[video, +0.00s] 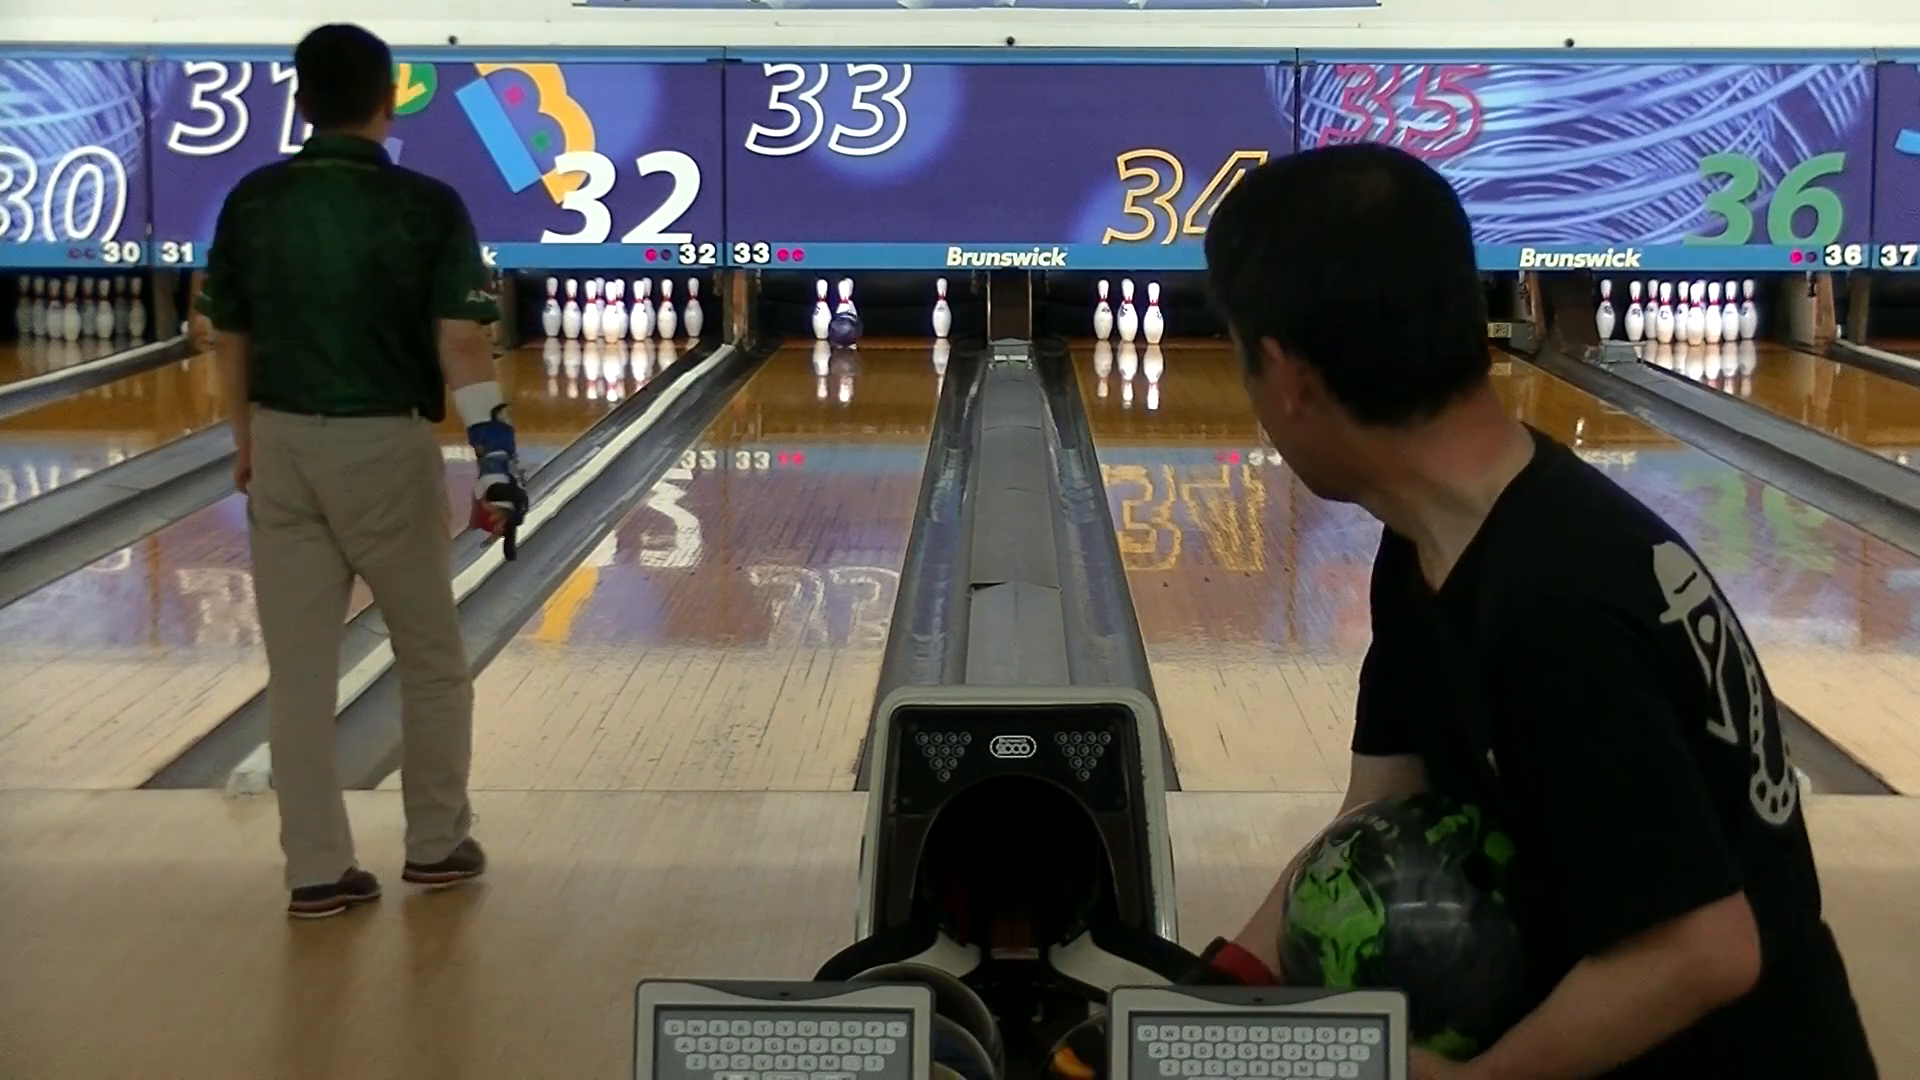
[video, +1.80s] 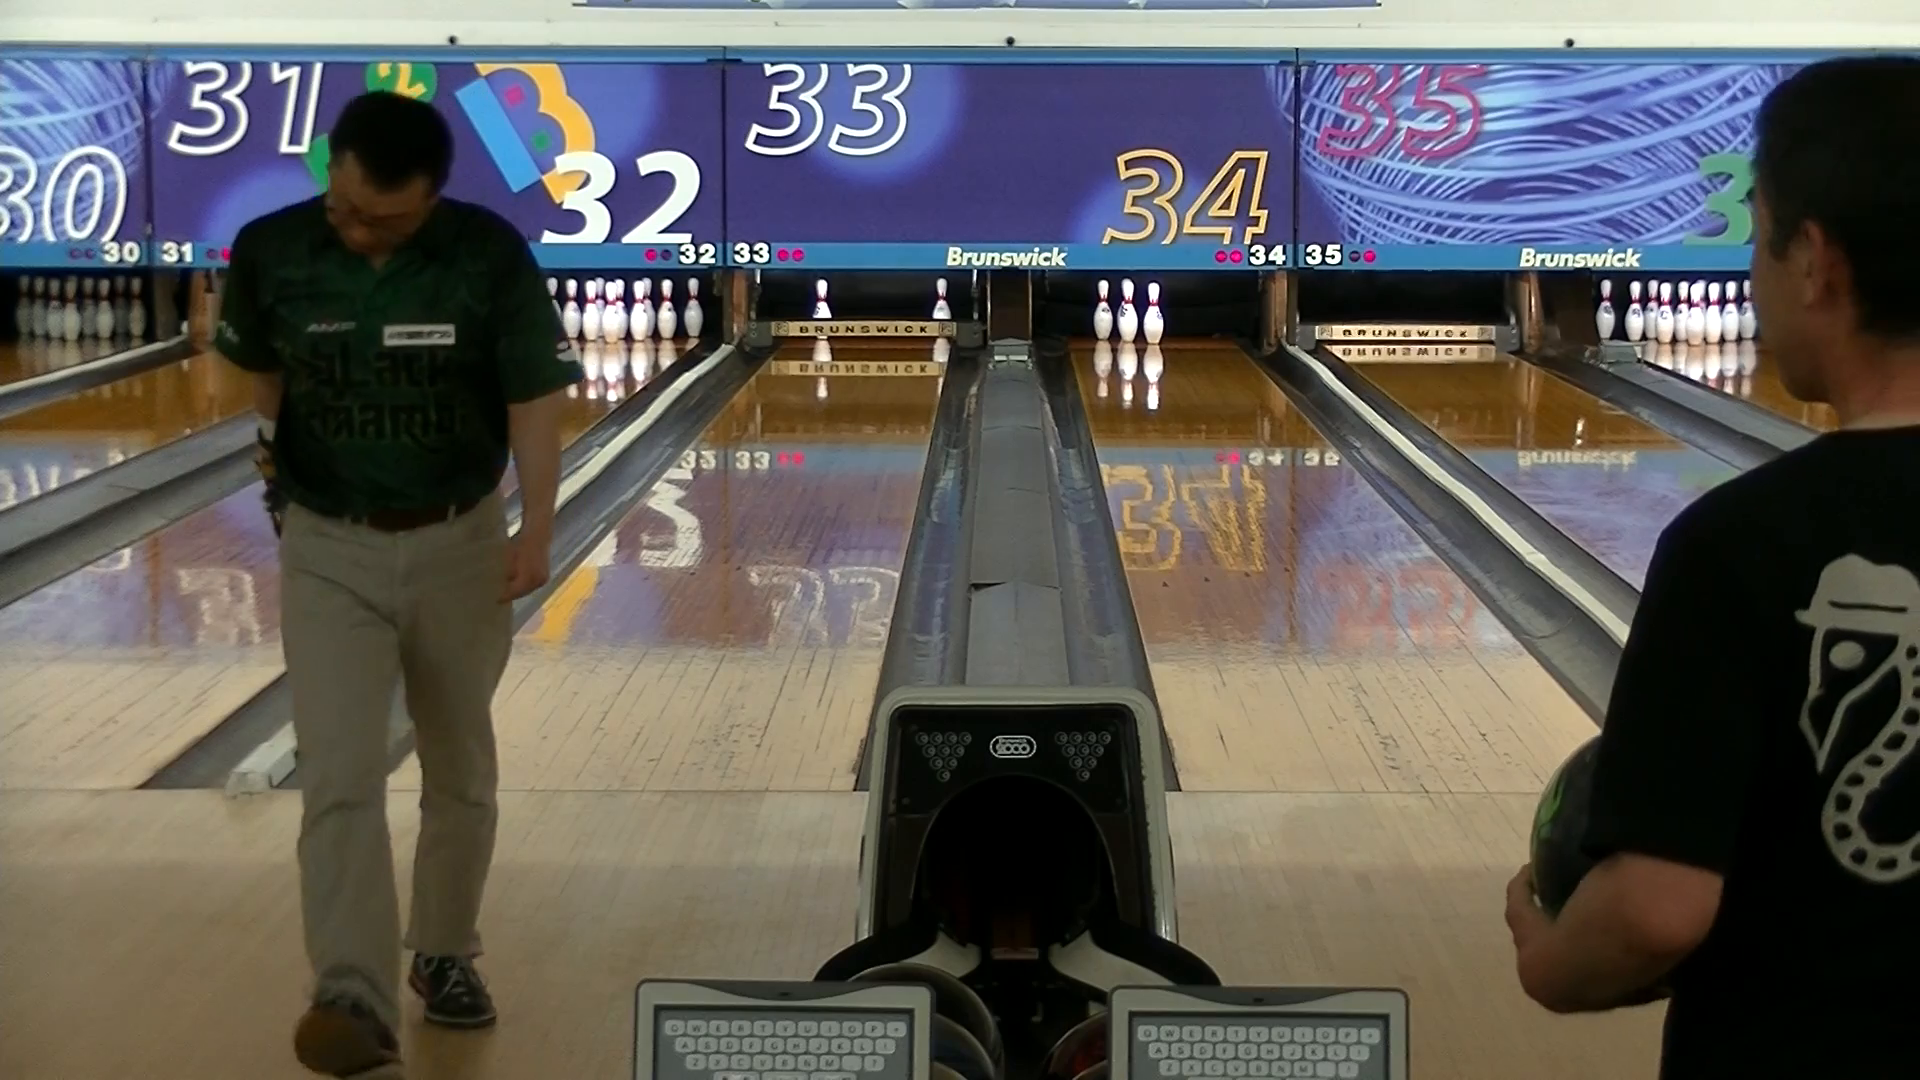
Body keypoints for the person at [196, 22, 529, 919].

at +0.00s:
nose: (398, 103)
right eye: (394, 90)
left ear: (304, 101)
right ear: (389, 99)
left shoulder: (252, 199)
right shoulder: (426, 205)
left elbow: (229, 337)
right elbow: (463, 342)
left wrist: (245, 437)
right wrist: (497, 453)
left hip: (278, 450)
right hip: (385, 449)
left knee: (297, 670)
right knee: (432, 656)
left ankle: (315, 874)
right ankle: (438, 846)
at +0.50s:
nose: (381, 99)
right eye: (378, 86)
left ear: (284, 94)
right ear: (372, 93)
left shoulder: (232, 196)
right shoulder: (392, 211)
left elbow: (209, 336)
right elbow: (422, 354)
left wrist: (219, 438)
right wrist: (441, 435)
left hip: (260, 449)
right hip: (350, 452)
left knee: (292, 667)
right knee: (371, 666)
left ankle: (324, 872)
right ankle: (291, 859)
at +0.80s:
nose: (394, 108)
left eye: (388, 92)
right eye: (389, 92)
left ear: (304, 102)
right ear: (368, 99)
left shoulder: (264, 197)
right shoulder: (350, 214)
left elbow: (240, 336)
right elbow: (404, 371)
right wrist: (444, 447)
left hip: (288, 460)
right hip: (334, 468)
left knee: (360, 661)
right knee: (329, 676)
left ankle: (342, 852)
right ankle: (280, 894)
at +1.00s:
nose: (418, 137)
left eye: (420, 120)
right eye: (410, 118)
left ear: (361, 113)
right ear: (359, 109)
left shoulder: (354, 207)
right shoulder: (294, 212)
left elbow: (361, 355)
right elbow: (331, 369)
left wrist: (399, 468)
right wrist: (401, 487)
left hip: (374, 475)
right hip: (306, 480)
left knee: (440, 684)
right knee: (307, 702)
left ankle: (406, 877)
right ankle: (279, 892)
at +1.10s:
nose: (417, 160)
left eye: (425, 143)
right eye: (411, 139)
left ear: (381, 131)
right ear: (354, 121)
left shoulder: (385, 211)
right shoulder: (275, 221)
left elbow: (392, 357)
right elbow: (292, 368)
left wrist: (433, 465)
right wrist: (322, 486)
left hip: (404, 479)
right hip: (307, 489)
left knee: (451, 692)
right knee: (301, 704)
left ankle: (443, 902)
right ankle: (280, 891)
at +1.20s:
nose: (425, 177)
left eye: (434, 161)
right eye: (414, 157)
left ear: (432, 149)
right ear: (356, 132)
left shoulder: (417, 220)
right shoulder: (272, 227)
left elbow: (448, 344)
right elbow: (244, 359)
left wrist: (483, 461)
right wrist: (240, 448)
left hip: (418, 495)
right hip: (310, 505)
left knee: (448, 707)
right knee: (300, 716)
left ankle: (462, 914)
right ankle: (283, 892)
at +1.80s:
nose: (364, 232)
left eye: (389, 219)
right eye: (352, 209)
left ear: (433, 194)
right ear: (329, 171)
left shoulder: (488, 254)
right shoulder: (270, 252)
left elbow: (536, 398)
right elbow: (262, 384)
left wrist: (536, 527)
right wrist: (282, 471)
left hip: (460, 550)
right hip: (327, 552)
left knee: (461, 770)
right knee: (339, 781)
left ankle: (448, 954)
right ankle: (351, 996)